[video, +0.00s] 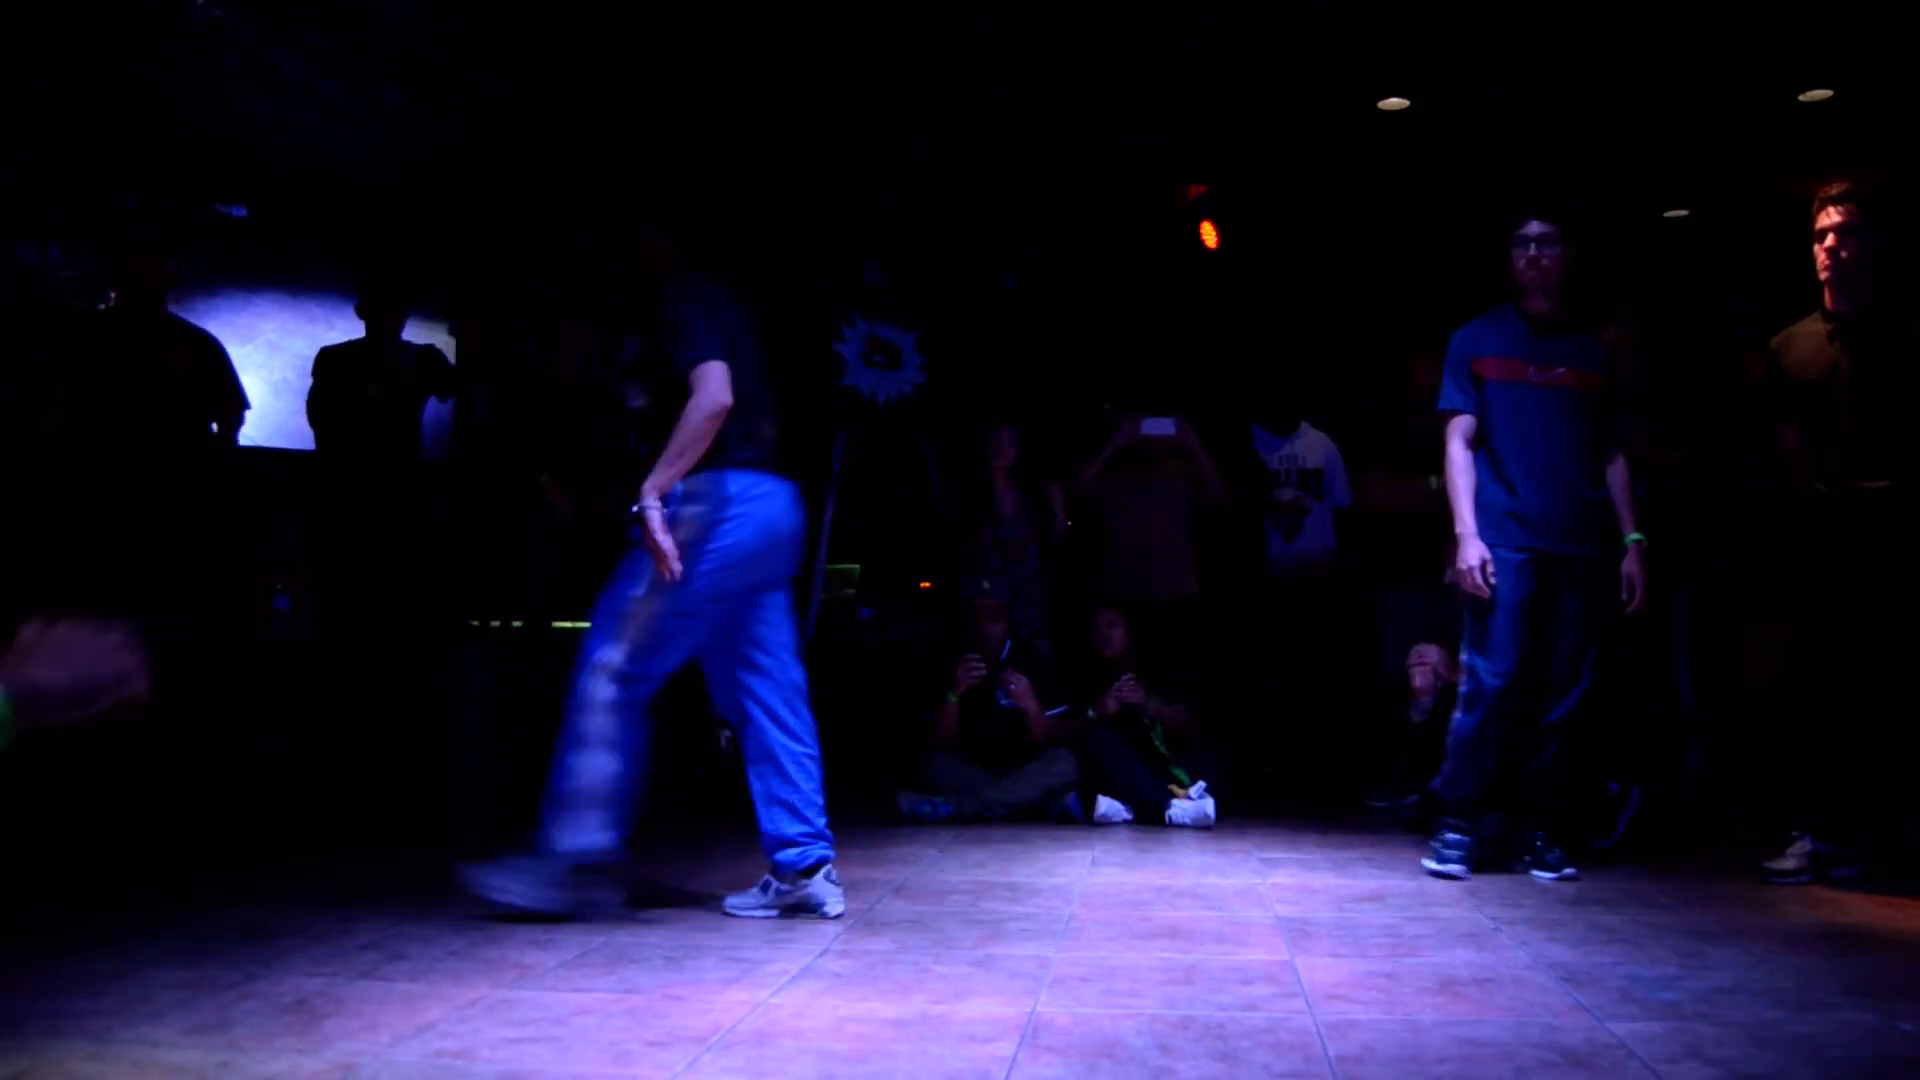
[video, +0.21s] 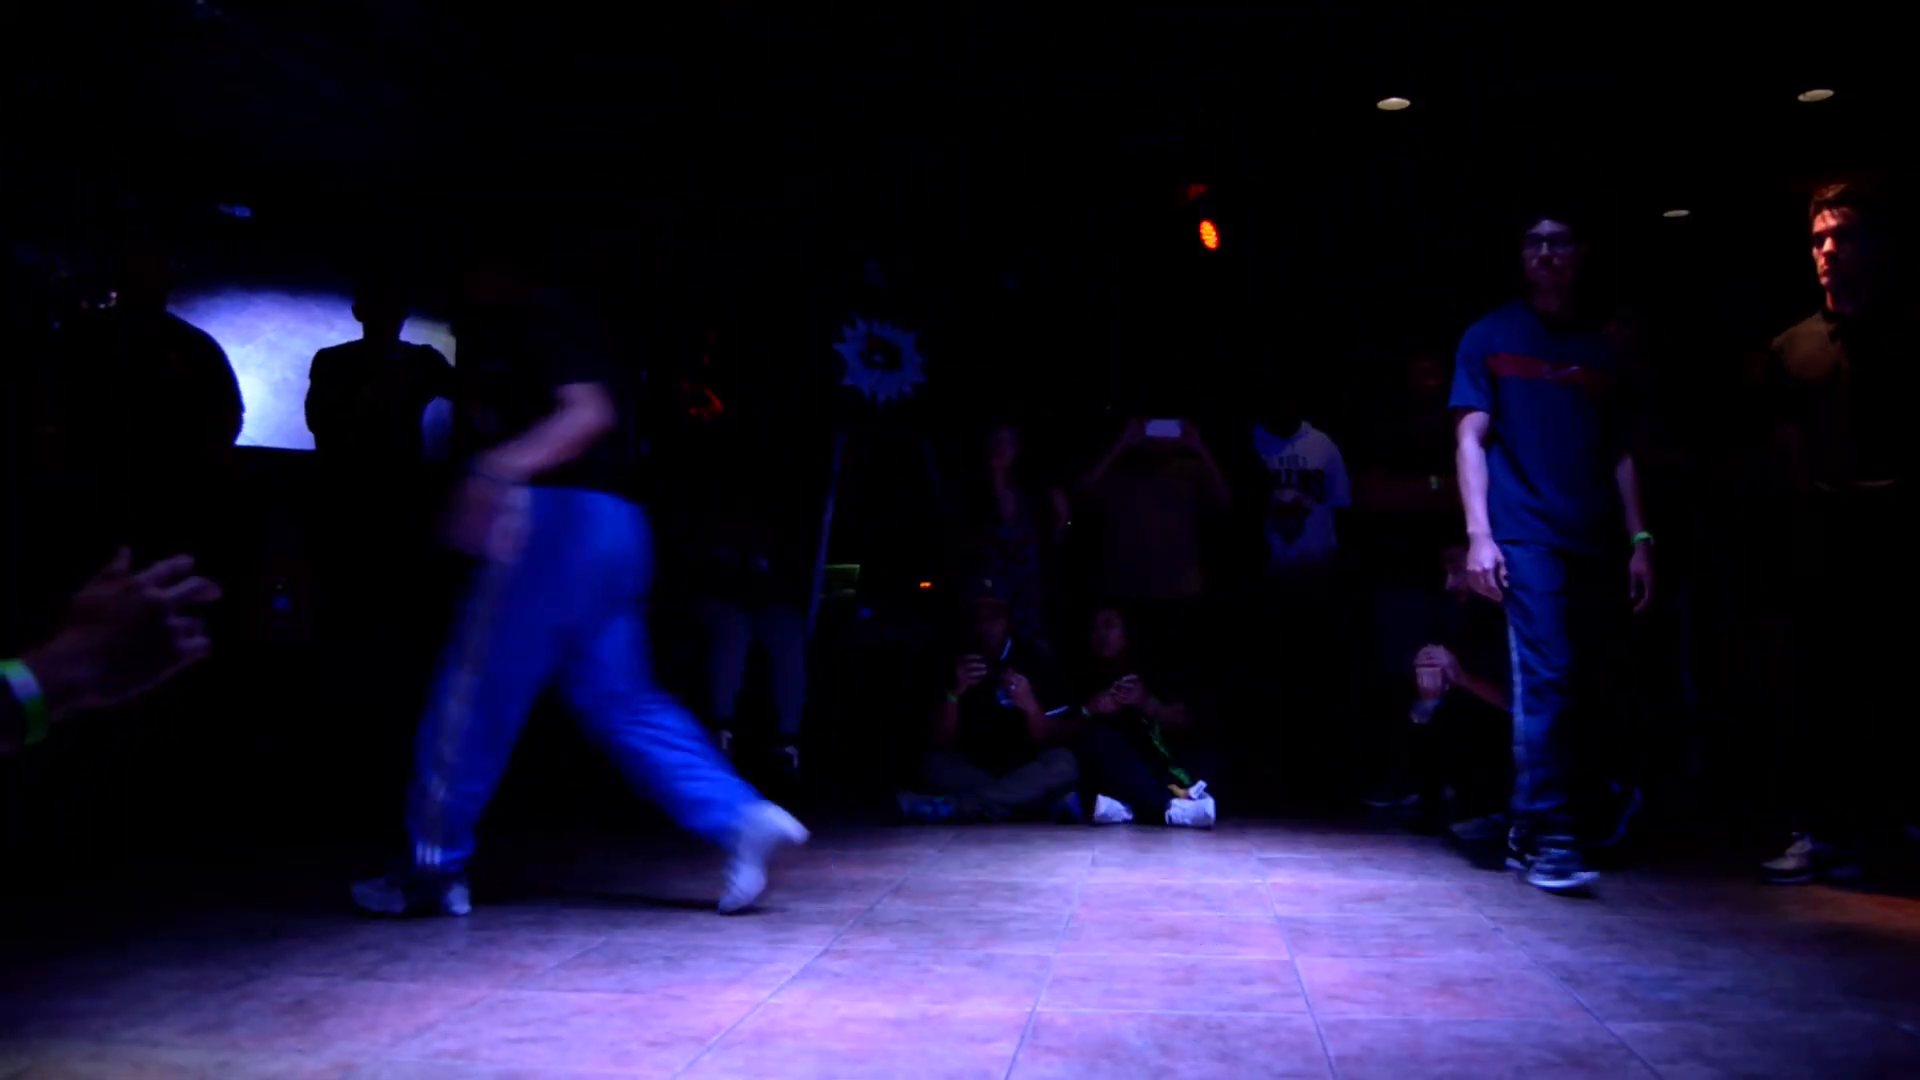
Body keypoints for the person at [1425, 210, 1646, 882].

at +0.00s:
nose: (1535, 257)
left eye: (1547, 246)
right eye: (1525, 246)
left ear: (1568, 258)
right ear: (1510, 259)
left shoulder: (1592, 347)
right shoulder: (1479, 339)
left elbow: (1612, 453)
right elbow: (1460, 440)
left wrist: (1632, 542)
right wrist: (1467, 535)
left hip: (1578, 544)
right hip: (1506, 539)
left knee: (1564, 695)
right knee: (1492, 681)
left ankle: (1540, 835)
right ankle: (1457, 827)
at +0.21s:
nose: (1547, 258)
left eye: (1558, 246)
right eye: (1537, 246)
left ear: (1579, 257)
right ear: (1522, 258)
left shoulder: (1599, 341)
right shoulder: (1491, 338)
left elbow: (1620, 451)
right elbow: (1472, 439)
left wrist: (1640, 540)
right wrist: (1479, 536)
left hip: (1590, 535)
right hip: (1526, 534)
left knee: (1574, 680)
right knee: (1546, 677)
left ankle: (1541, 828)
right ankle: (1544, 838)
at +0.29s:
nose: (1552, 257)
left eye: (1564, 245)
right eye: (1541, 246)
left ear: (1585, 256)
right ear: (1526, 257)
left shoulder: (1605, 338)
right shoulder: (1495, 337)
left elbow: (1624, 449)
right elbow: (1477, 438)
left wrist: (1640, 539)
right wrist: (1484, 536)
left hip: (1595, 531)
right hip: (1533, 530)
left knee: (1576, 676)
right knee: (1563, 675)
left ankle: (1534, 828)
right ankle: (1593, 842)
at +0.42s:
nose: (1560, 251)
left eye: (1572, 239)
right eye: (1549, 240)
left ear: (1593, 251)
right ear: (1533, 252)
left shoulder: (1613, 337)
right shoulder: (1504, 336)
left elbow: (1629, 448)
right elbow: (1486, 440)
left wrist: (1640, 537)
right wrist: (1495, 540)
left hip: (1603, 532)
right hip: (1540, 532)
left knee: (1579, 681)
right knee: (1579, 679)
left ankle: (1529, 827)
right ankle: (1628, 843)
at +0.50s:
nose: (1566, 250)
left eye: (1579, 238)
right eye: (1555, 239)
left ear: (1598, 249)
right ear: (1539, 251)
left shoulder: (1618, 335)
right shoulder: (1512, 334)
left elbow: (1635, 447)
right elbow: (1495, 441)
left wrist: (1647, 535)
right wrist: (1505, 542)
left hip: (1609, 532)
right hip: (1547, 534)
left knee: (1585, 685)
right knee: (1587, 685)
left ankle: (1532, 829)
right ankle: (1636, 849)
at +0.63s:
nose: (1578, 247)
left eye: (1591, 235)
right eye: (1566, 236)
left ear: (1611, 247)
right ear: (1550, 249)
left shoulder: (1627, 330)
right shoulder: (1527, 332)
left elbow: (1648, 447)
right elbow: (1512, 438)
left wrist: (1663, 539)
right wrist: (1526, 543)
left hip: (1625, 534)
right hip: (1568, 535)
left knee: (1589, 685)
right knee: (1597, 687)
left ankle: (1535, 829)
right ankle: (1643, 851)